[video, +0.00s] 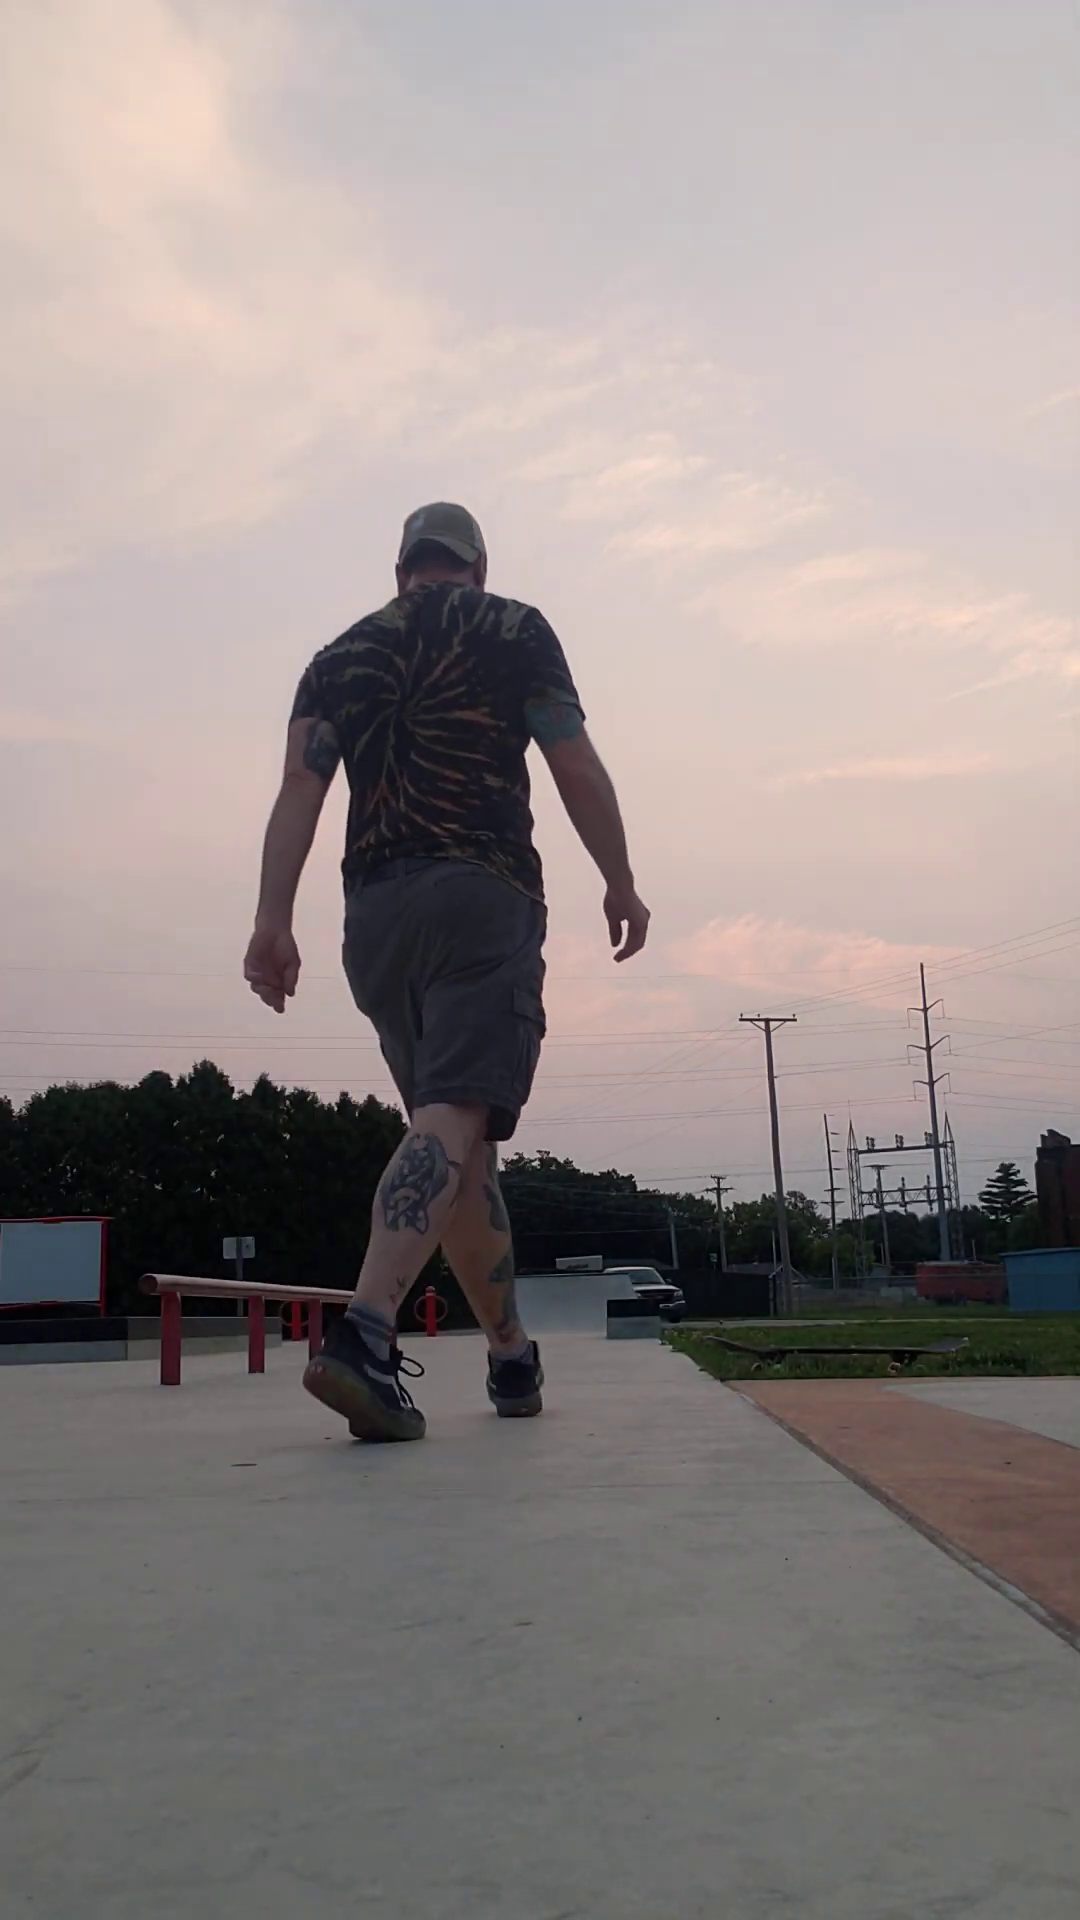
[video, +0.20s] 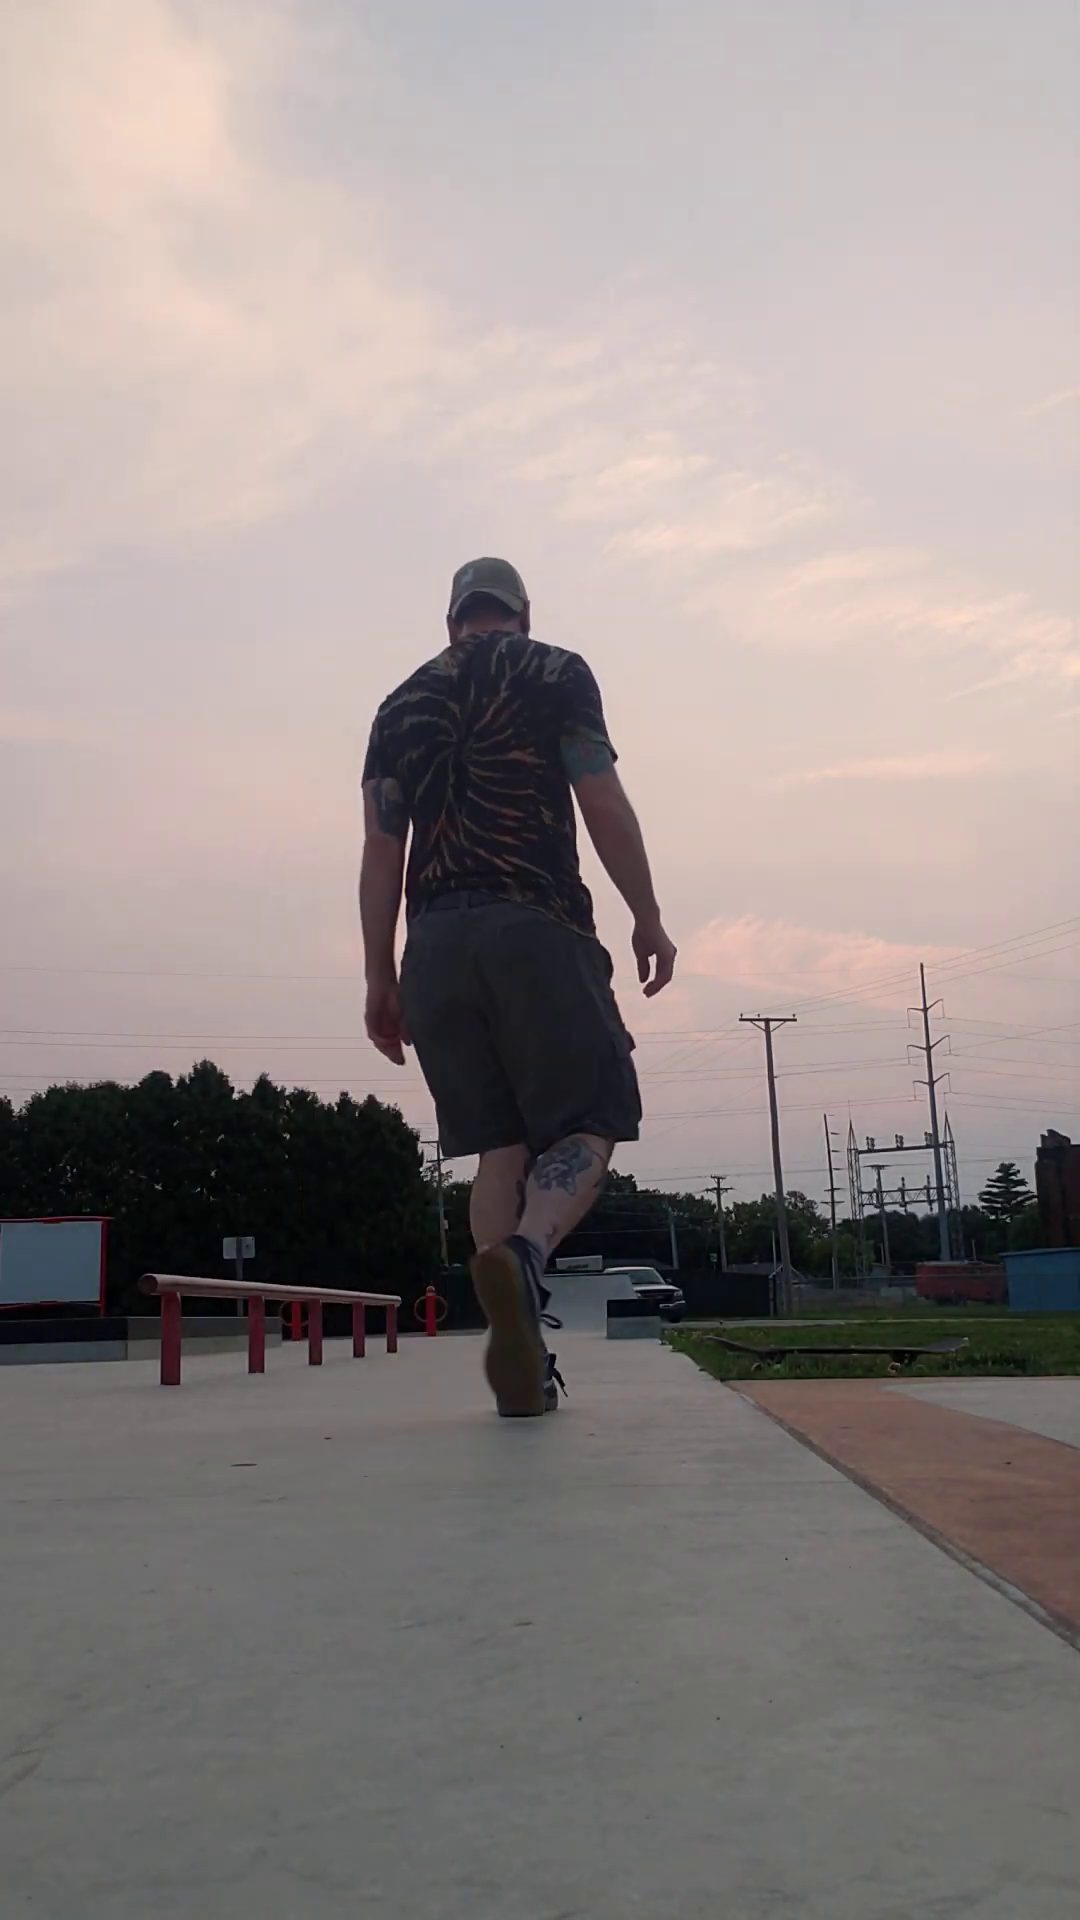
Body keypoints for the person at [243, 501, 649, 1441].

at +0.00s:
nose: (457, 581)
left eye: (427, 566)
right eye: (472, 569)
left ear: (397, 570)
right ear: (480, 567)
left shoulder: (340, 654)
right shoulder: (514, 625)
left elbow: (300, 787)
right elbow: (575, 766)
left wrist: (272, 917)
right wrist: (619, 880)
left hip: (372, 908)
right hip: (483, 892)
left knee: (450, 1131)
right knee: (448, 1118)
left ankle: (510, 1354)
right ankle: (363, 1334)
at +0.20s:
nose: (494, 626)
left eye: (477, 614)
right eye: (510, 614)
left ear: (450, 623)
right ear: (523, 614)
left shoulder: (400, 705)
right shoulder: (553, 669)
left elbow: (383, 852)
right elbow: (601, 802)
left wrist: (380, 974)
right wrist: (645, 911)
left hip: (432, 947)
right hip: (536, 932)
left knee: (499, 1143)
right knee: (587, 1124)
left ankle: (518, 1362)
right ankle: (526, 1255)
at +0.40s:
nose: (513, 671)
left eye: (501, 661)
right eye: (549, 650)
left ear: (495, 663)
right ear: (563, 647)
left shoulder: (463, 729)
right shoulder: (604, 704)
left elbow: (401, 847)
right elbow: (636, 821)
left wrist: (467, 916)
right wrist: (679, 932)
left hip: (490, 955)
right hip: (591, 949)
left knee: (513, 1150)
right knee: (626, 1150)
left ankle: (528, 1355)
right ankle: (661, 1346)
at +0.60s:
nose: (523, 733)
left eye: (519, 724)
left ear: (528, 715)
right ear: (585, 696)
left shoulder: (514, 755)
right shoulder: (656, 748)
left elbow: (458, 792)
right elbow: (706, 861)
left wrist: (523, 852)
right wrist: (737, 960)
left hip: (555, 991)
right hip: (648, 986)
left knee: (561, 1161)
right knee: (662, 1169)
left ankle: (551, 1272)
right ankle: (665, 1354)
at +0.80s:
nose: (544, 752)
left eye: (543, 745)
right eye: (545, 743)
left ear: (557, 732)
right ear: (604, 713)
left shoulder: (557, 763)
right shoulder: (687, 763)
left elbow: (501, 781)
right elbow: (743, 865)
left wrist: (563, 743)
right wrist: (756, 959)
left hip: (587, 990)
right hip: (677, 986)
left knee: (599, 1152)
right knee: (673, 1164)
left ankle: (615, 1300)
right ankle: (667, 1349)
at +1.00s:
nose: (568, 775)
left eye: (566, 767)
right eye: (570, 767)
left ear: (576, 759)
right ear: (623, 743)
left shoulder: (572, 789)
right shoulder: (695, 789)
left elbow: (525, 806)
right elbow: (752, 890)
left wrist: (575, 775)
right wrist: (755, 970)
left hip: (604, 1007)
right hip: (688, 1000)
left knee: (632, 1183)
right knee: (681, 1175)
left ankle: (658, 1333)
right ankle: (668, 1340)